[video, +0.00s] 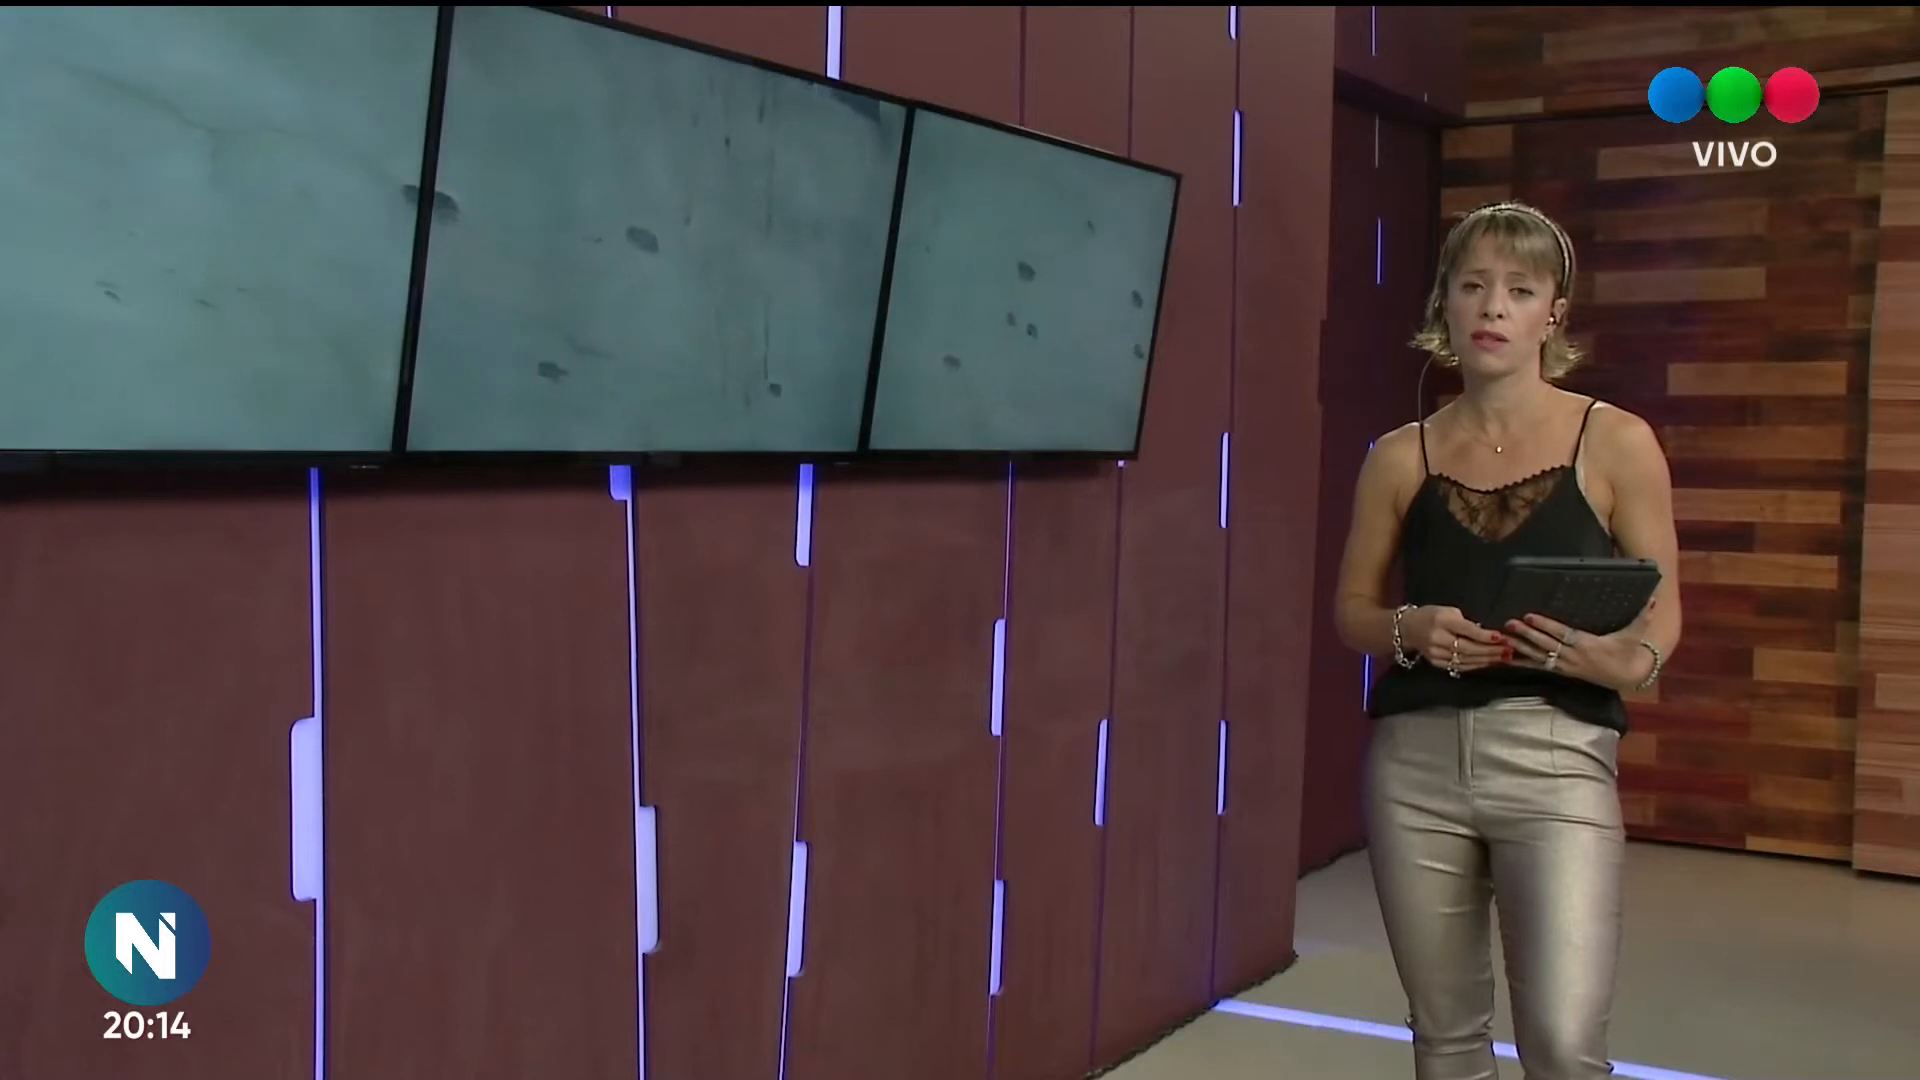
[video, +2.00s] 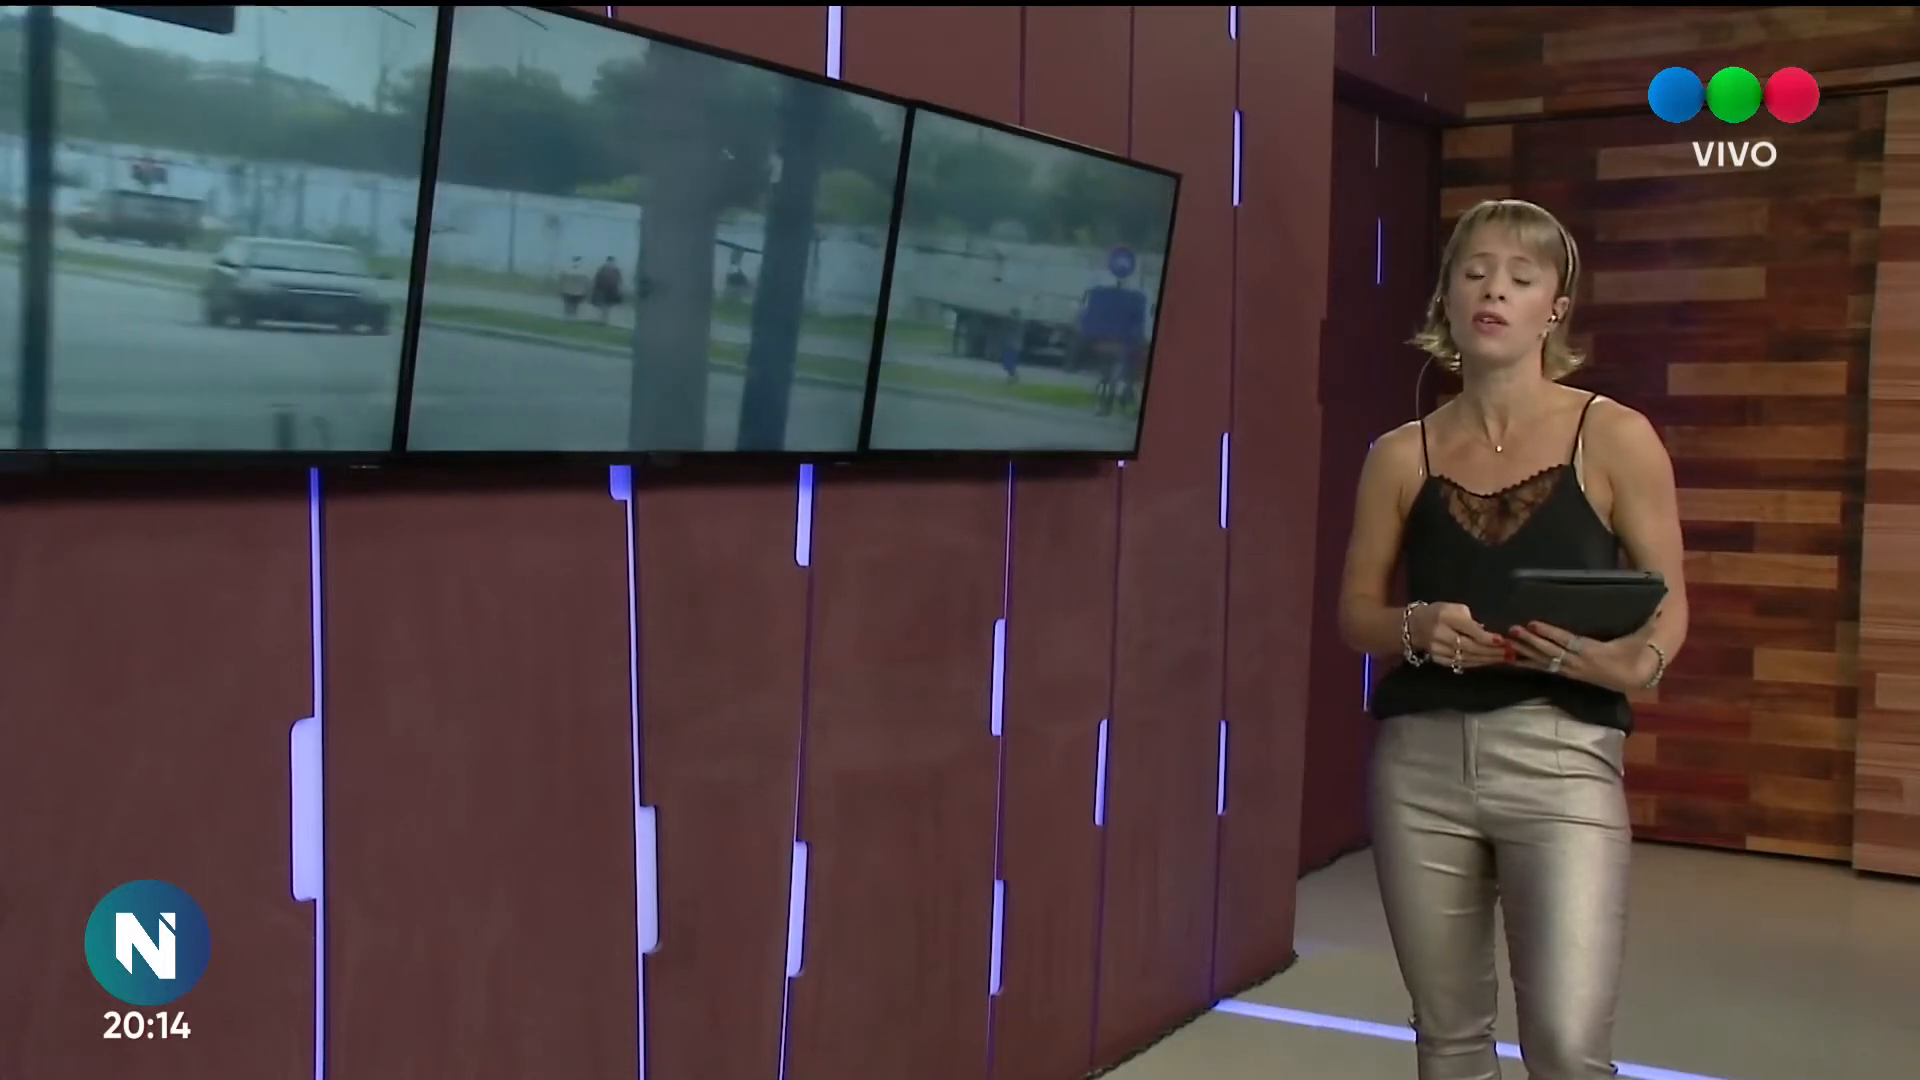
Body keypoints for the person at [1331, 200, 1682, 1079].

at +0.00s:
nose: (1491, 306)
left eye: (1518, 289)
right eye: (1473, 285)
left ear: (1553, 315)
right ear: (1444, 304)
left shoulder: (1617, 444)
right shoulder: (1398, 459)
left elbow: (1660, 609)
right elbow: (1351, 612)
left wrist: (1625, 663)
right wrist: (1407, 629)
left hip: (1556, 768)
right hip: (1414, 768)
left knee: (1562, 1049)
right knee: (1445, 1042)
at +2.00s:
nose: (1491, 291)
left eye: (1518, 278)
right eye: (1473, 274)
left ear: (1555, 309)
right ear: (1446, 300)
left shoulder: (1615, 438)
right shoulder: (1399, 457)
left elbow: (1668, 599)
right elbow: (1357, 613)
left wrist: (1627, 664)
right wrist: (1412, 628)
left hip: (1563, 768)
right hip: (1420, 768)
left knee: (1566, 1050)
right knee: (1448, 1041)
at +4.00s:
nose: (1485, 300)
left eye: (1511, 284)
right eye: (1466, 280)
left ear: (1548, 310)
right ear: (1439, 303)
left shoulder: (1614, 442)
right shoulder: (1396, 456)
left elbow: (1662, 603)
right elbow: (1351, 612)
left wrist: (1632, 665)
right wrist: (1414, 621)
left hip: (1559, 767)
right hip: (1416, 769)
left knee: (1564, 1051)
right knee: (1446, 1043)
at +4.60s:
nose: (1484, 301)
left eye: (1511, 284)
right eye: (1466, 280)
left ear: (1549, 311)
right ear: (1441, 303)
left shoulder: (1615, 442)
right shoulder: (1396, 457)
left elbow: (1663, 603)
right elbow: (1352, 614)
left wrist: (1631, 663)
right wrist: (1415, 622)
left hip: (1561, 767)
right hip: (1417, 770)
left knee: (1565, 1052)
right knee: (1446, 1045)